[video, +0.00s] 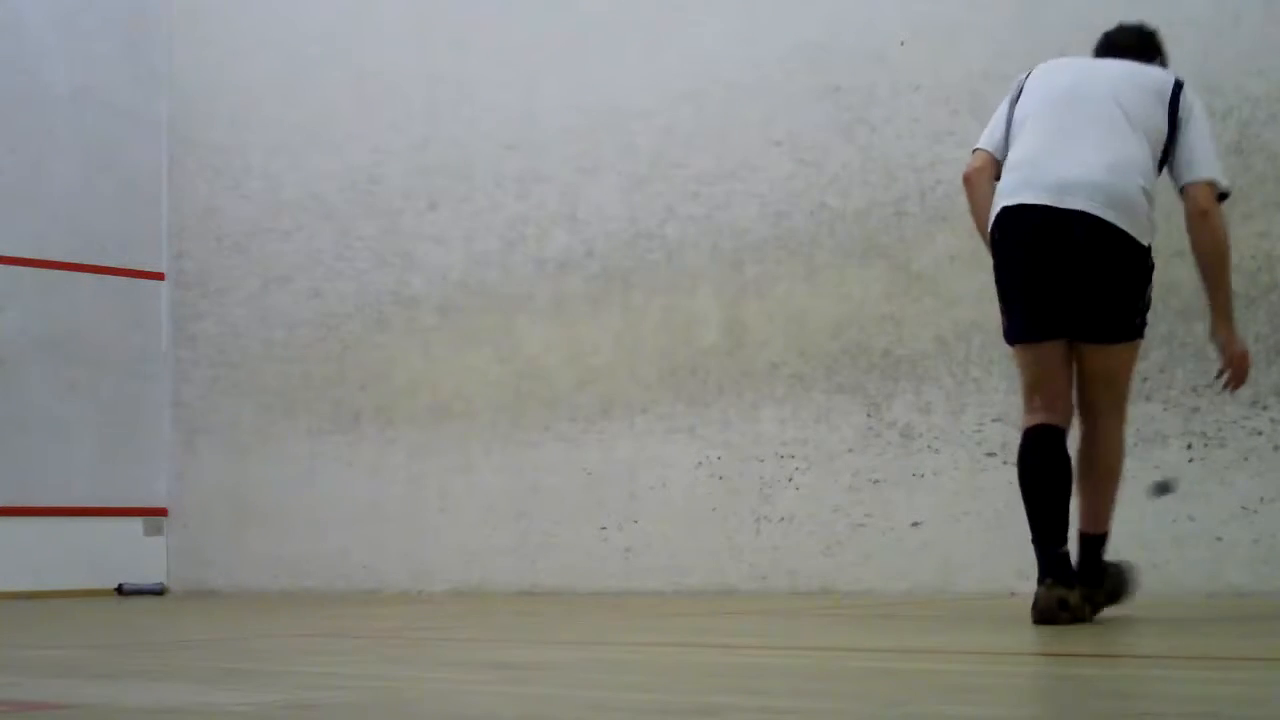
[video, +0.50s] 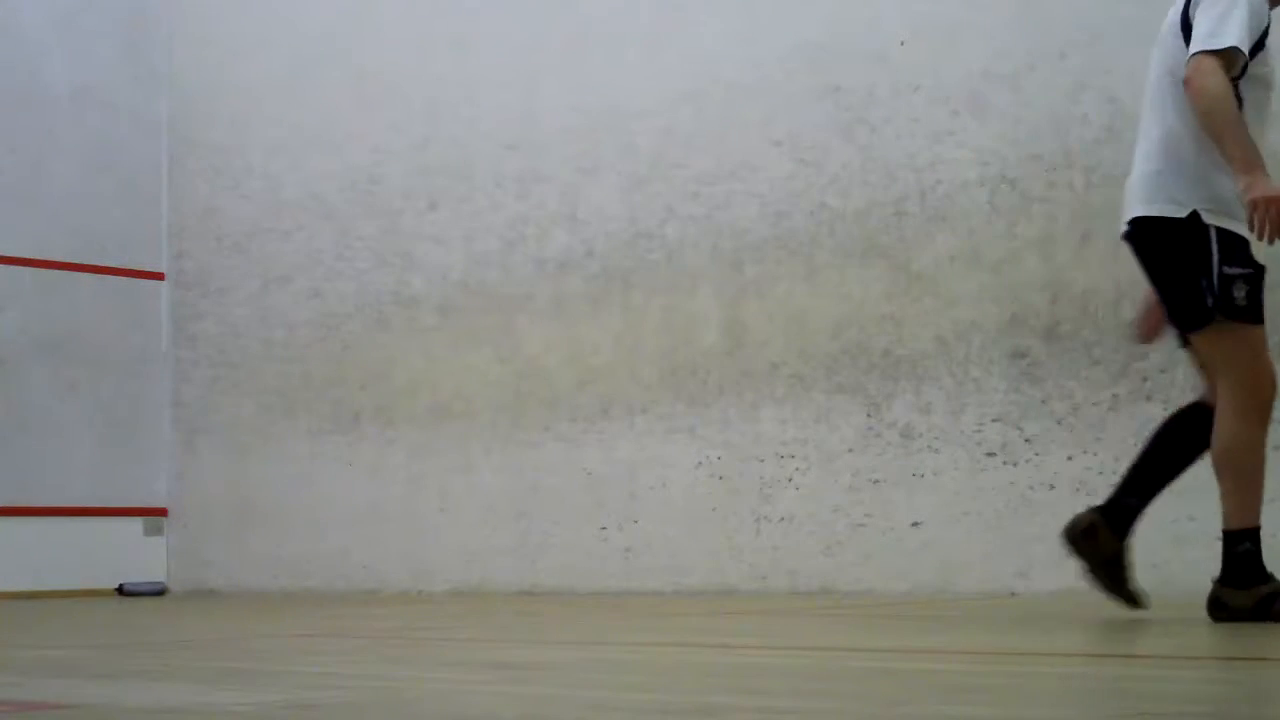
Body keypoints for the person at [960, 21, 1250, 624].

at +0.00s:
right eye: (1162, 70)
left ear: (1098, 54)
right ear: (1158, 63)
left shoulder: (1037, 76)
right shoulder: (1172, 88)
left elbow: (978, 171)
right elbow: (1202, 206)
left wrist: (1006, 253)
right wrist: (1224, 325)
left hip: (1022, 232)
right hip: (1110, 237)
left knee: (1043, 405)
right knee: (1103, 414)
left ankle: (1050, 578)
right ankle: (1090, 572)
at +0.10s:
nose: (1197, 56)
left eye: (1198, 48)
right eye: (1196, 46)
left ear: (1123, 28)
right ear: (1179, 32)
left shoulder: (1057, 59)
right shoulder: (1186, 59)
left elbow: (994, 164)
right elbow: (1213, 163)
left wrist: (1019, 258)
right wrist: (1246, 285)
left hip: (1024, 223)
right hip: (1107, 223)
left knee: (1054, 394)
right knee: (1141, 397)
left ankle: (1054, 580)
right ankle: (1140, 571)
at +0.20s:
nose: (1237, 21)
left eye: (1238, 11)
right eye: (1232, 9)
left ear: (1154, 6)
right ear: (1196, 3)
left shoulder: (1086, 48)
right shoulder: (1201, 31)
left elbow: (1020, 158)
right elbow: (1212, 125)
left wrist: (1028, 266)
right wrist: (1254, 235)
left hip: (1040, 219)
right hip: (1120, 218)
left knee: (1069, 392)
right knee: (1187, 384)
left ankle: (1056, 580)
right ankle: (1201, 567)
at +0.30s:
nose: (1256, 15)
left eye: (1257, 10)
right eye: (1256, 7)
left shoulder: (1122, 39)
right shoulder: (1212, 11)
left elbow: (1064, 155)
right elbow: (1208, 96)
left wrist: (1052, 257)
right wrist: (1256, 202)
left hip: (1073, 223)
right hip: (1141, 218)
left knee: (1100, 400)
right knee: (1214, 385)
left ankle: (1056, 577)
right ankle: (1235, 573)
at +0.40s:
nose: (1272, 11)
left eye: (1271, 9)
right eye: (1270, 6)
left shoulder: (1159, 30)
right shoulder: (1224, 6)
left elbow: (1128, 146)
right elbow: (1205, 82)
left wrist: (1096, 262)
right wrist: (1252, 184)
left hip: (1120, 223)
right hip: (1173, 219)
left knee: (1160, 403)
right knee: (1235, 387)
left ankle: (1066, 556)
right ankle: (1241, 576)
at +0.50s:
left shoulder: (1210, 12)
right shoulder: (1233, 3)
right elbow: (1205, 77)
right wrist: (1253, 173)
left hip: (1186, 214)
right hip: (1188, 211)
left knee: (1232, 394)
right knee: (1248, 389)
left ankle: (1109, 524)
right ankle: (1243, 577)